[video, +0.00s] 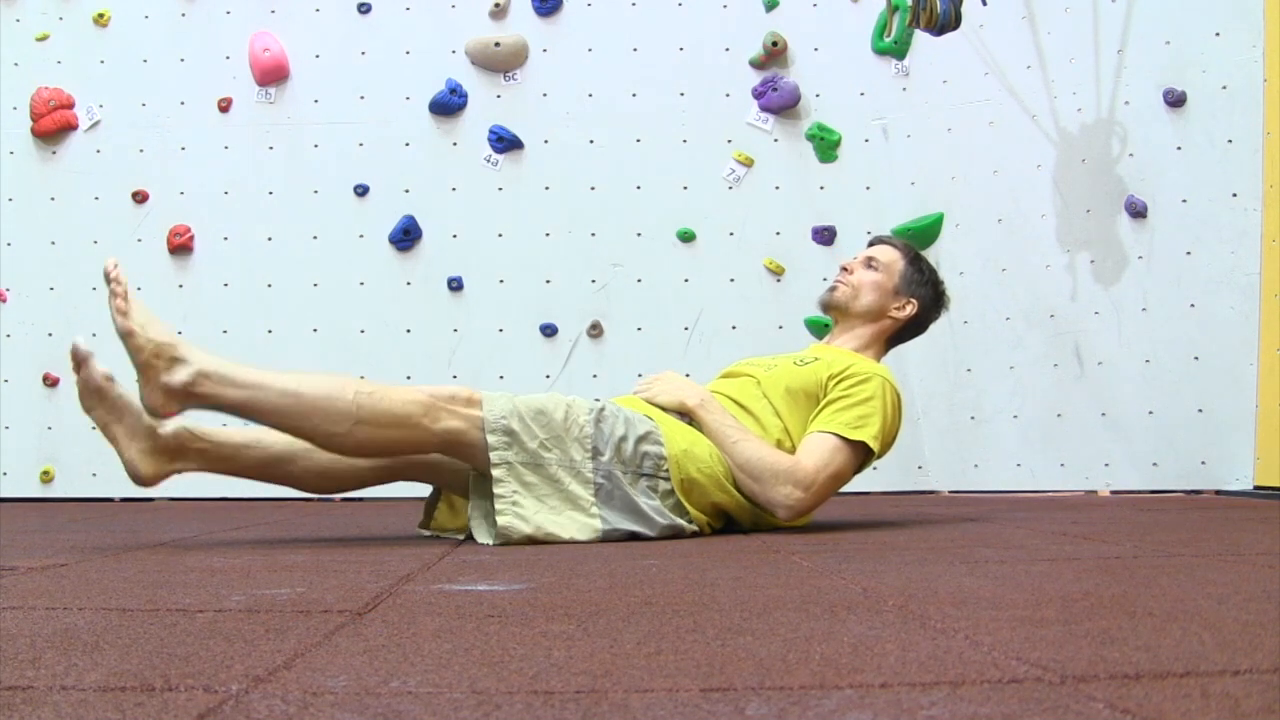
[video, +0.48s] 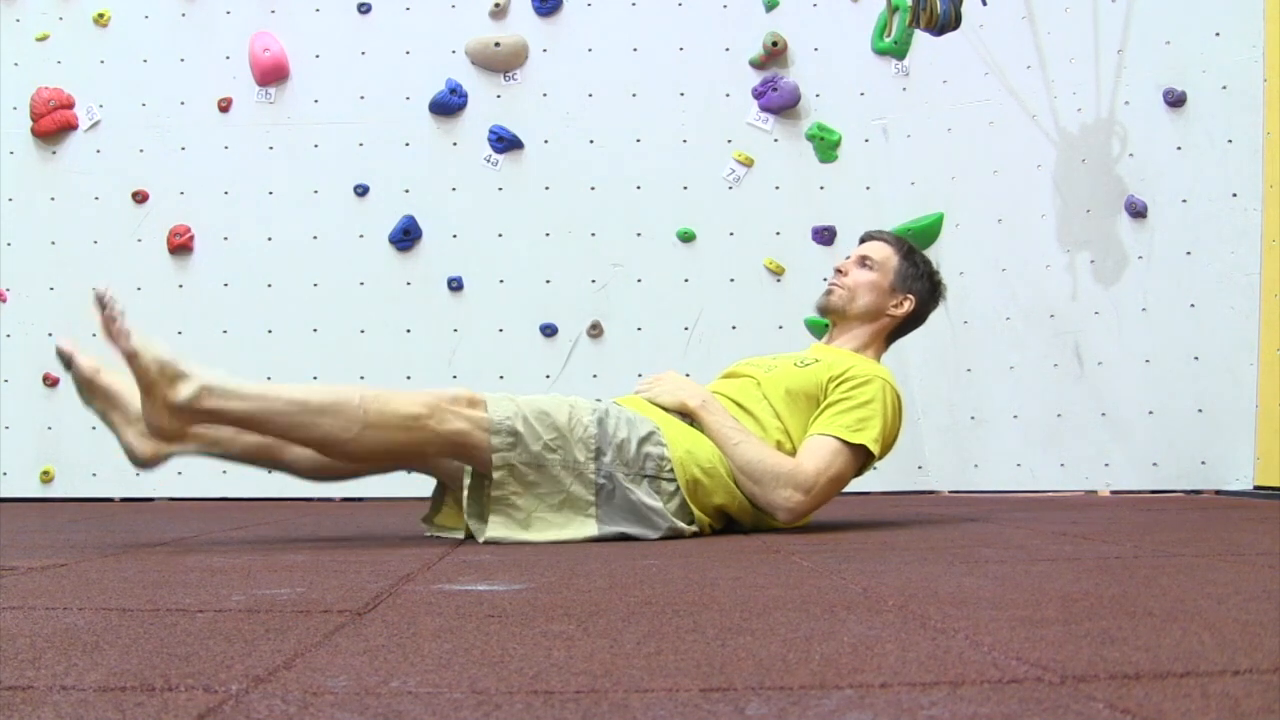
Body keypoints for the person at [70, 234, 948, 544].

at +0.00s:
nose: (850, 266)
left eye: (873, 266)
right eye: (858, 257)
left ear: (902, 311)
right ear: (859, 291)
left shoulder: (867, 382)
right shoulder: (800, 365)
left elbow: (794, 495)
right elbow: (745, 466)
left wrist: (701, 402)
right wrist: (663, 412)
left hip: (654, 461)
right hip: (626, 449)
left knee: (444, 417)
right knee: (402, 446)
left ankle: (188, 374)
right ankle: (162, 446)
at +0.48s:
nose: (846, 265)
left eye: (870, 264)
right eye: (852, 255)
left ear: (901, 307)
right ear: (851, 287)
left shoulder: (867, 382)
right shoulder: (799, 364)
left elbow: (795, 497)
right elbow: (739, 454)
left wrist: (706, 403)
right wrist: (668, 402)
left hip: (657, 456)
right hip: (628, 440)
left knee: (456, 420)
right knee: (414, 434)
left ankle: (194, 398)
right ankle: (166, 427)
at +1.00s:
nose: (831, 262)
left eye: (854, 260)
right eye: (837, 253)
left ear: (889, 300)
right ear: (843, 286)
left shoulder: (861, 377)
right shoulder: (795, 364)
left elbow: (791, 494)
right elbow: (745, 463)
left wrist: (703, 403)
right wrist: (668, 403)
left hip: (652, 457)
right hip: (625, 442)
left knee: (444, 422)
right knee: (426, 419)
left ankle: (187, 408)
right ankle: (185, 404)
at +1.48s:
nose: (840, 263)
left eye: (864, 261)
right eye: (845, 253)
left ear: (897, 304)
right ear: (844, 284)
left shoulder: (864, 377)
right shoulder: (794, 363)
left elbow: (792, 495)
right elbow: (737, 459)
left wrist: (702, 404)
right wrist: (664, 403)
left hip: (651, 458)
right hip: (622, 446)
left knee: (446, 412)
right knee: (392, 443)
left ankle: (194, 381)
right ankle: (165, 433)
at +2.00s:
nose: (835, 267)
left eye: (859, 264)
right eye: (838, 257)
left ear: (894, 304)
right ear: (836, 287)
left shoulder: (864, 380)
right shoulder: (792, 364)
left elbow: (793, 494)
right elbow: (739, 459)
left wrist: (703, 403)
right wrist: (665, 403)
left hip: (657, 461)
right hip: (628, 442)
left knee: (446, 422)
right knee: (427, 411)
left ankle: (187, 419)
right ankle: (182, 394)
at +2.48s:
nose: (838, 263)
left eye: (861, 260)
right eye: (844, 252)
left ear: (898, 302)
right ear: (853, 287)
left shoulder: (866, 379)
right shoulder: (801, 363)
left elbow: (793, 498)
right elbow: (744, 464)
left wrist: (704, 404)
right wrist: (672, 405)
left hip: (651, 460)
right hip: (621, 445)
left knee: (450, 415)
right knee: (399, 444)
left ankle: (193, 392)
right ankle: (165, 440)